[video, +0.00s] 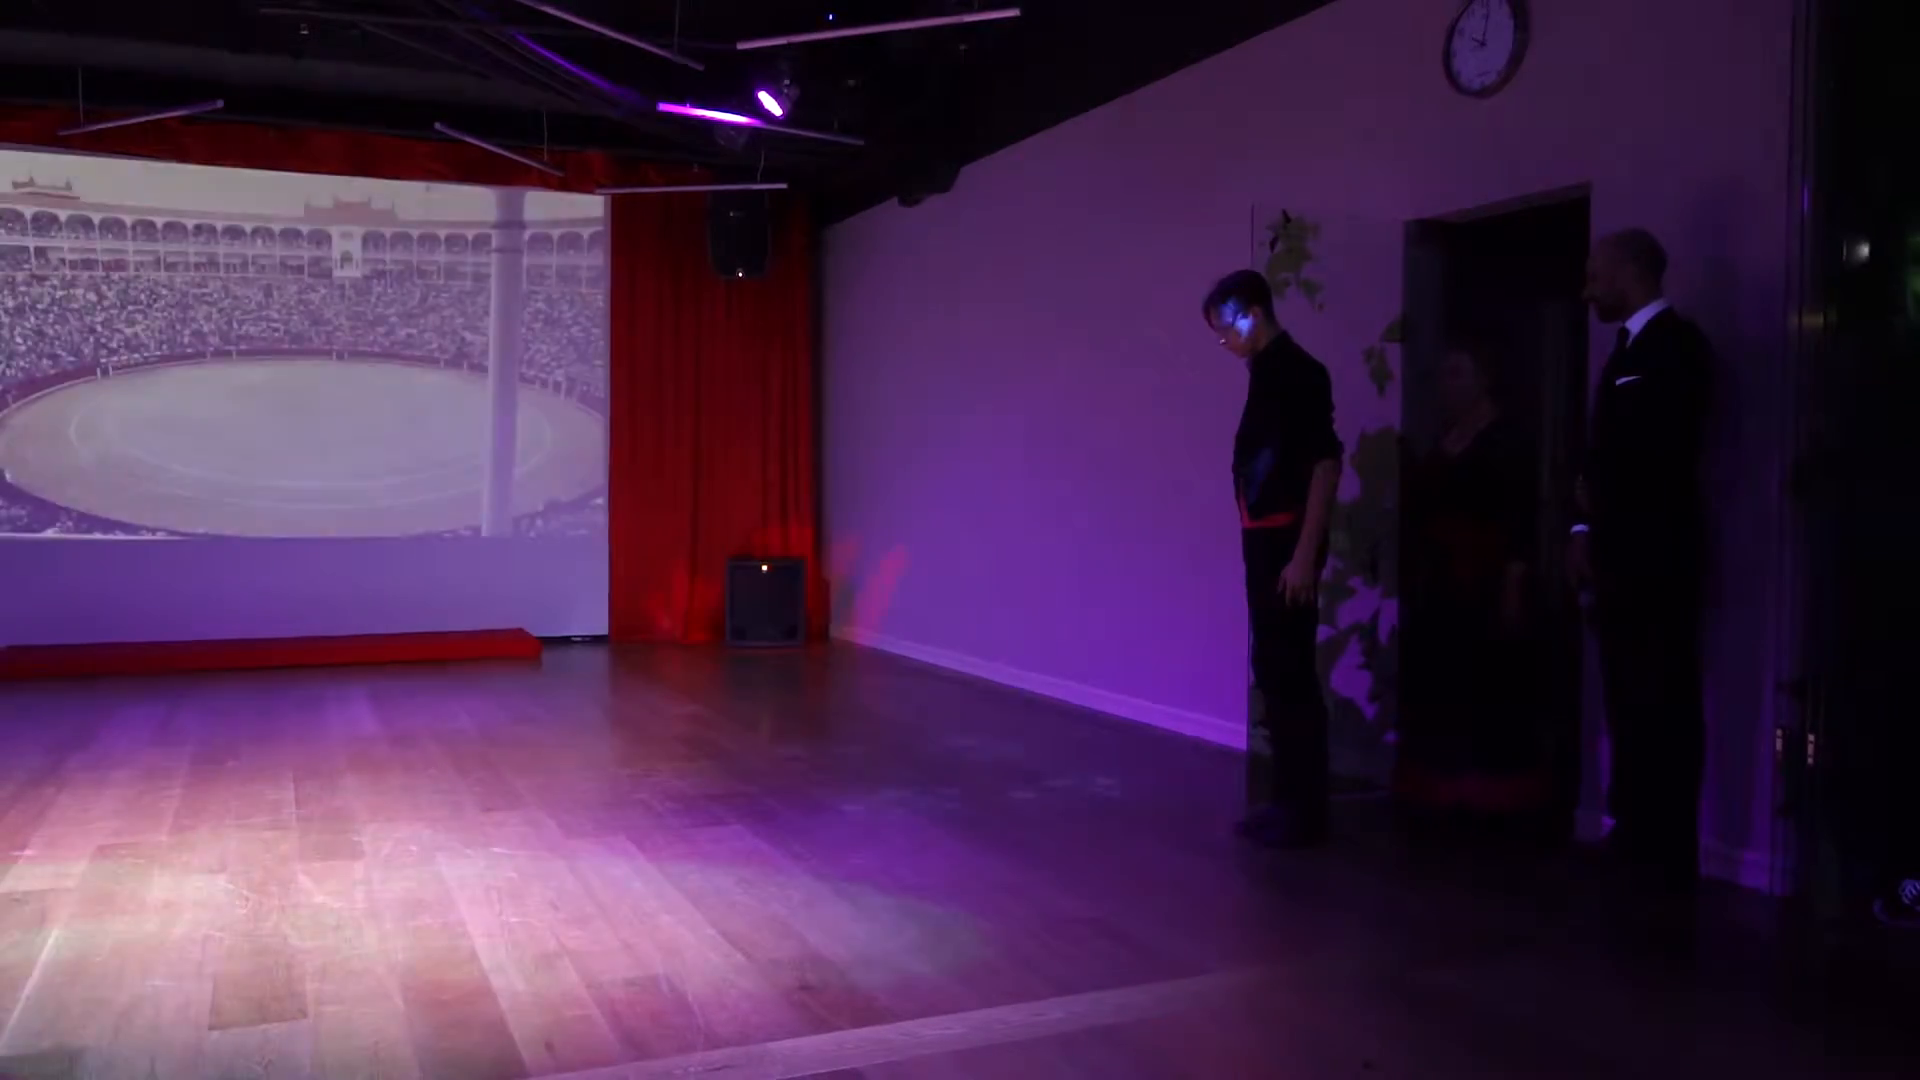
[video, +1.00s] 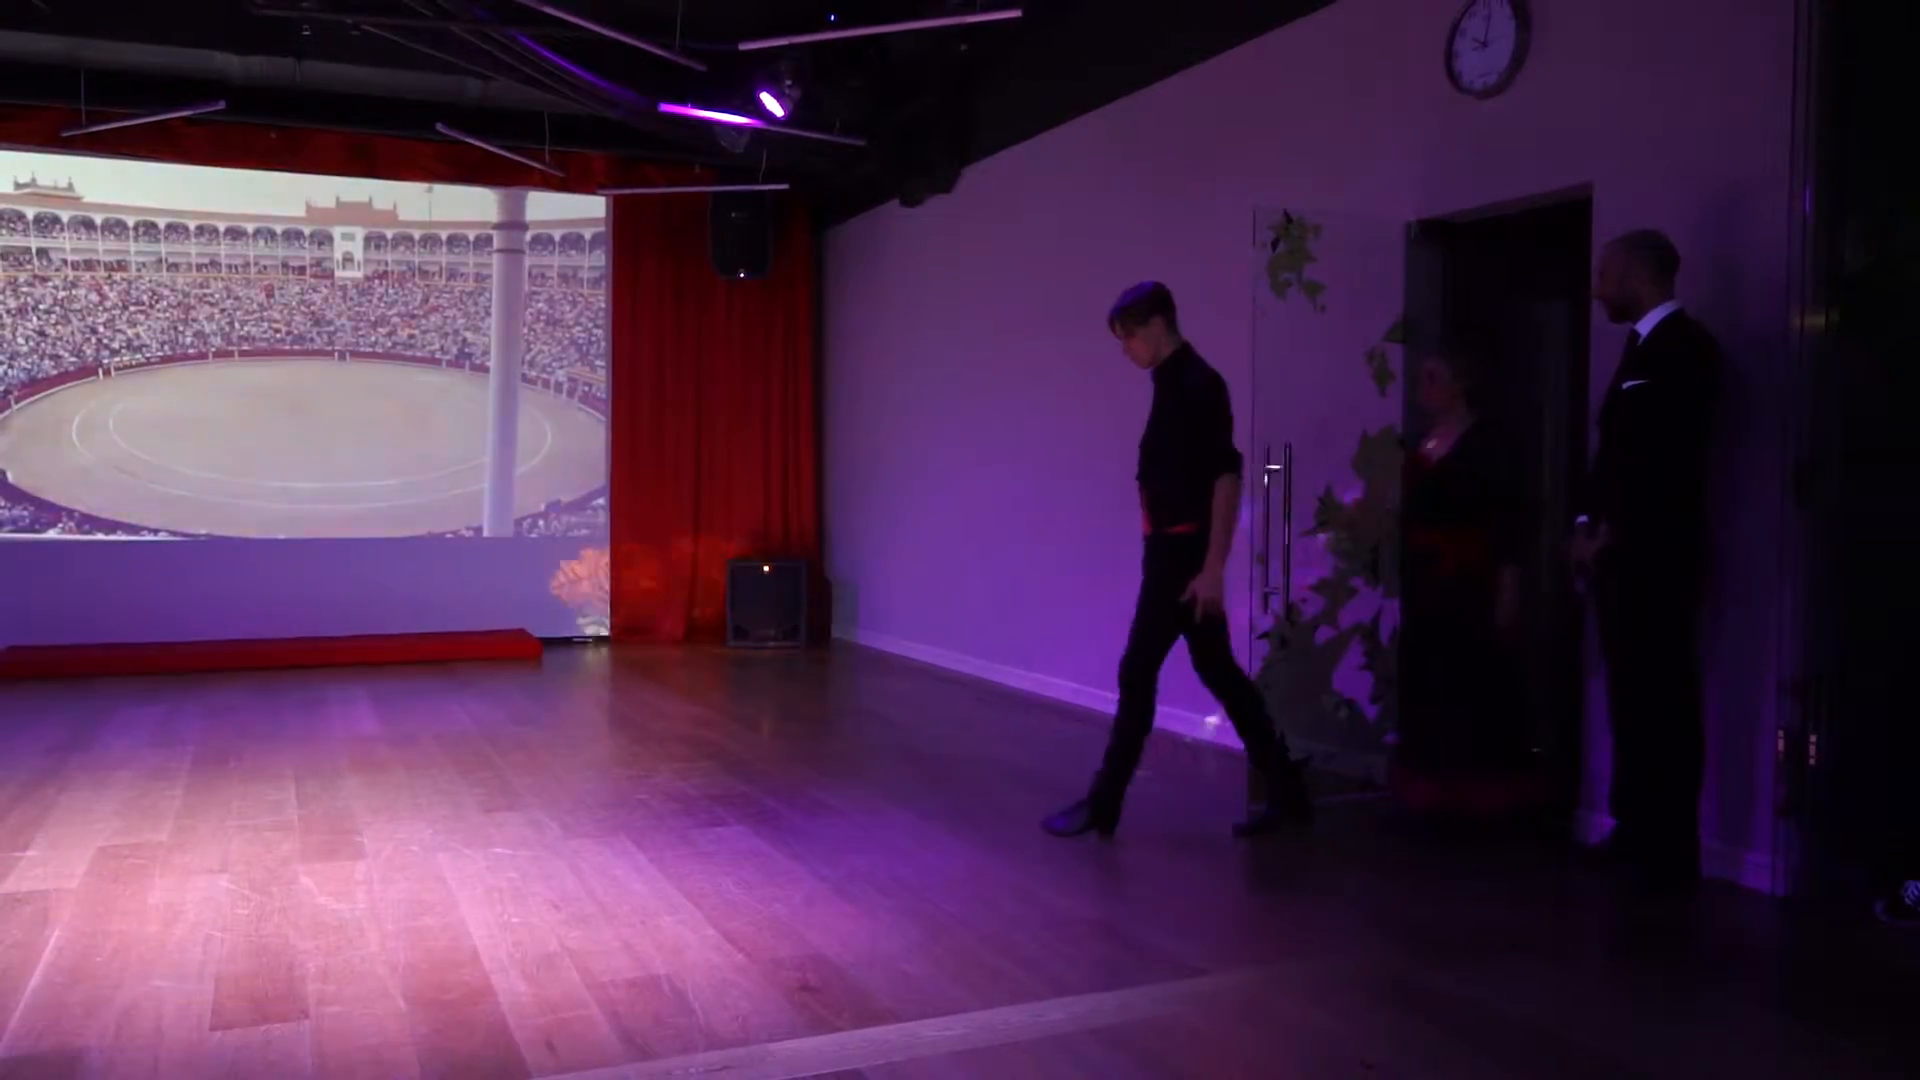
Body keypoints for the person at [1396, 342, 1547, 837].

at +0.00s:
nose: (1449, 385)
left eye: (1459, 375)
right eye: (1445, 375)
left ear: (1483, 380)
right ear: (1438, 381)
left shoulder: (1505, 439)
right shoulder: (1439, 440)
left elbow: (1514, 519)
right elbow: (1423, 515)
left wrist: (1511, 585)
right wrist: (1415, 574)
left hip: (1488, 591)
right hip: (1438, 587)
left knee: (1489, 699)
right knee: (1438, 694)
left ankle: (1492, 805)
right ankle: (1438, 800)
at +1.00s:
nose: (1427, 391)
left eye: (1436, 381)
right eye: (1425, 381)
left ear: (1460, 385)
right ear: (1426, 388)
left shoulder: (1486, 444)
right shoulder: (1423, 446)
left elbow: (1499, 518)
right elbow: (1414, 519)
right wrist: (1410, 581)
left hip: (1473, 590)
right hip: (1426, 589)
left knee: (1472, 693)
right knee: (1426, 690)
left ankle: (1477, 793)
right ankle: (1425, 791)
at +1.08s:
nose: (1418, 397)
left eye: (1427, 385)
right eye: (1414, 386)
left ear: (1452, 391)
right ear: (1410, 392)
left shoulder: (1474, 444)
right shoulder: (1416, 445)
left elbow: (1485, 519)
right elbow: (1405, 513)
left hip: (1461, 585)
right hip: (1418, 584)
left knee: (1457, 690)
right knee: (1419, 690)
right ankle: (1415, 788)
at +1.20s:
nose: (1393, 389)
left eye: (1403, 379)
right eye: (1392, 379)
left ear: (1433, 384)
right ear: (1398, 385)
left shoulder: (1456, 445)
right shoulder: (1402, 447)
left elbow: (1470, 523)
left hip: (1440, 586)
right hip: (1401, 583)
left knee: (1425, 693)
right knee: (1401, 692)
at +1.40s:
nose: (1361, 385)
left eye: (1371, 376)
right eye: (1362, 375)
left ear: (1401, 382)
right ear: (1384, 383)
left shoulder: (1424, 445)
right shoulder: (1372, 445)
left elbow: (1426, 519)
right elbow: (1353, 509)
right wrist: (1347, 487)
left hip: (1404, 581)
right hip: (1365, 577)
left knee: (1392, 688)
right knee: (1367, 688)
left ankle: (1392, 801)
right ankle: (1365, 800)